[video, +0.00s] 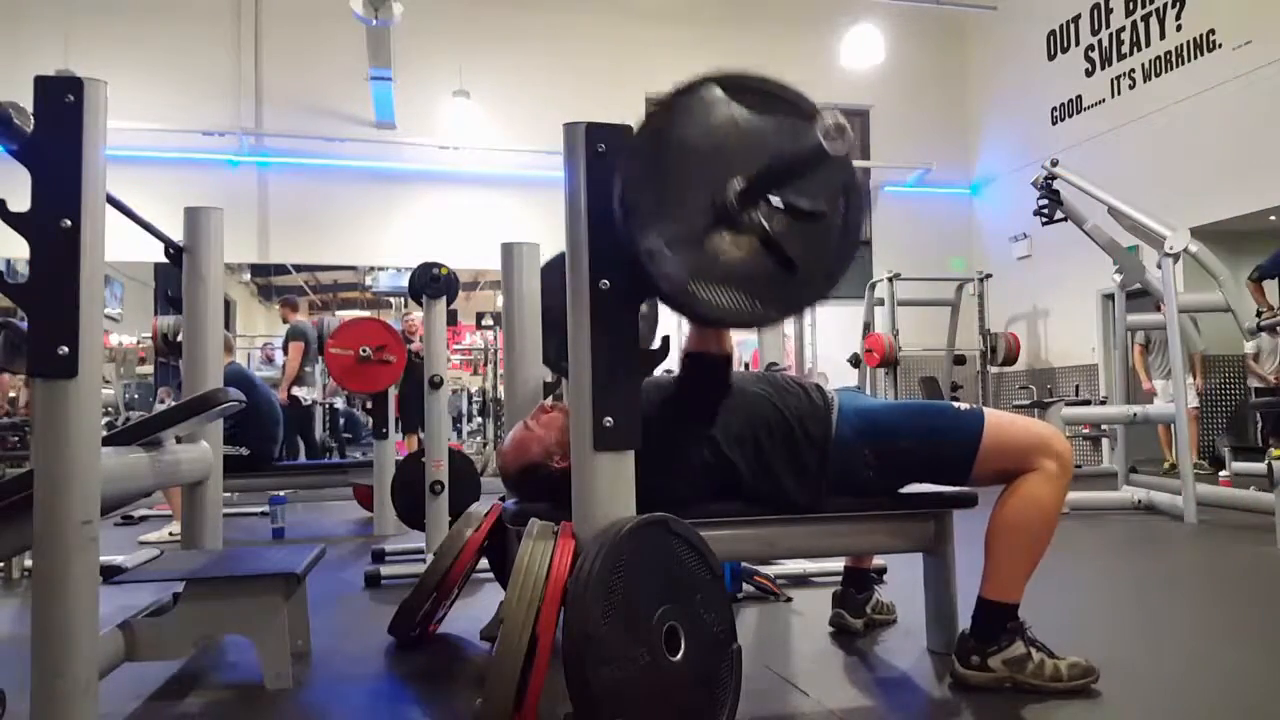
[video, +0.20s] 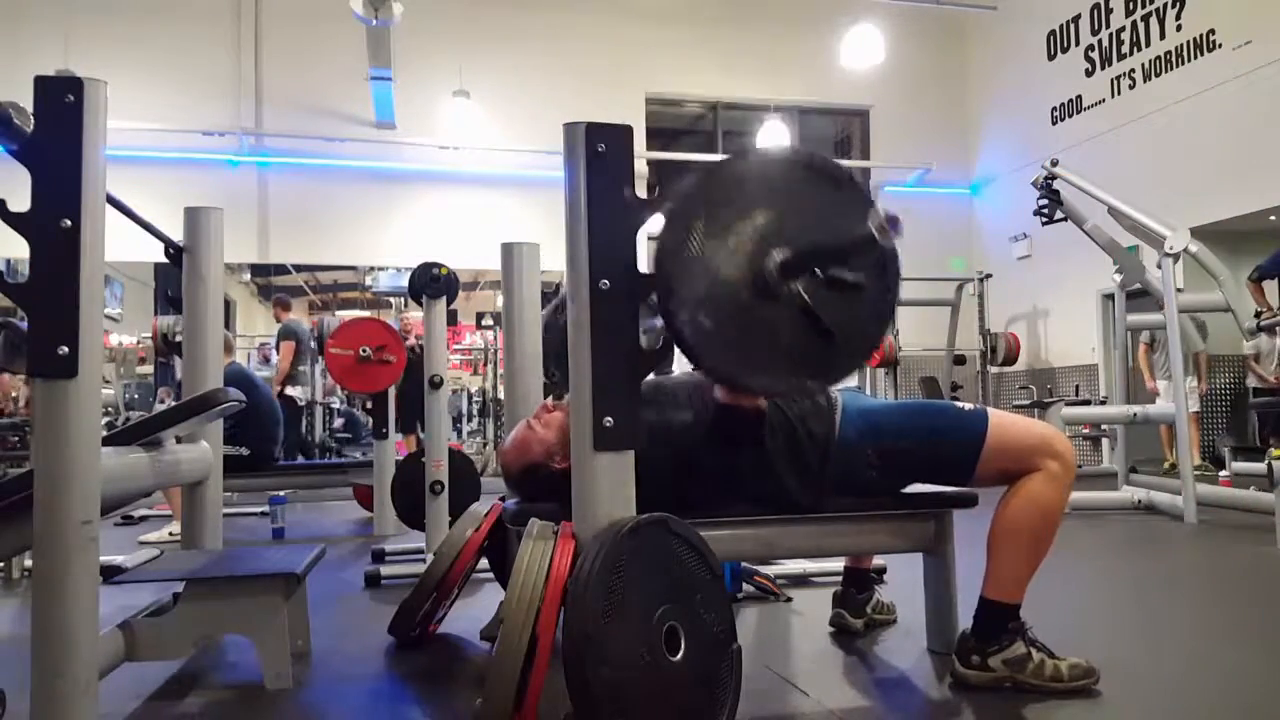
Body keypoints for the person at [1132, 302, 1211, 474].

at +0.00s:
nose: (1169, 308)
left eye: (1172, 304)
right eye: (1165, 305)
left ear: (1177, 305)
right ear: (1159, 307)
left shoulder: (1186, 321)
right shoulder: (1149, 324)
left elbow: (1196, 350)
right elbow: (1138, 351)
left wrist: (1199, 375)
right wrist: (1144, 379)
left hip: (1185, 377)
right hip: (1160, 379)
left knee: (1193, 413)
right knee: (1163, 419)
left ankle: (1194, 458)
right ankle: (1169, 459)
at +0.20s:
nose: (1170, 308)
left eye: (1173, 303)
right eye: (1167, 304)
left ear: (1177, 304)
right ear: (1162, 306)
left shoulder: (1188, 322)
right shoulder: (1154, 324)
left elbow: (1201, 351)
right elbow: (1142, 352)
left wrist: (1203, 379)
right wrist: (1148, 378)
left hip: (1188, 377)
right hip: (1164, 379)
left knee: (1193, 416)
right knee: (1165, 420)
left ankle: (1196, 459)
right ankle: (1169, 459)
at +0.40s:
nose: (1187, 302)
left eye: (1191, 298)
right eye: (1183, 298)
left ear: (1197, 301)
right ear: (1175, 299)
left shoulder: (1203, 321)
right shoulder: (1164, 318)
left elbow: (1207, 351)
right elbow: (1151, 346)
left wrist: (1208, 379)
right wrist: (1155, 376)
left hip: (1194, 376)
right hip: (1169, 377)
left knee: (1195, 417)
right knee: (1167, 419)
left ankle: (1196, 460)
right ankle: (1169, 458)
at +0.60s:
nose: (1192, 303)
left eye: (1196, 298)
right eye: (1187, 298)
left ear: (1201, 300)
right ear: (1180, 299)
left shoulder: (1209, 320)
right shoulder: (1169, 317)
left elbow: (1213, 348)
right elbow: (1154, 345)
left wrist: (1214, 374)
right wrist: (1158, 373)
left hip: (1198, 376)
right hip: (1174, 376)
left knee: (1196, 419)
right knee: (1169, 419)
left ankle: (1196, 460)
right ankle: (1169, 455)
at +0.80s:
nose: (1195, 303)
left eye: (1198, 298)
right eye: (1191, 298)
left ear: (1201, 300)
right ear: (1181, 299)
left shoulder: (1204, 320)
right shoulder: (1169, 318)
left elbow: (1210, 345)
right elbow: (1155, 345)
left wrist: (1216, 369)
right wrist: (1162, 374)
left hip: (1200, 375)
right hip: (1177, 375)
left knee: (1196, 418)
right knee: (1170, 418)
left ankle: (1197, 461)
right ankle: (1164, 459)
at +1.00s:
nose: (1193, 302)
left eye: (1194, 298)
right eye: (1189, 297)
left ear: (1196, 299)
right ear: (1179, 298)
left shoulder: (1195, 320)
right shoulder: (1167, 317)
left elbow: (1201, 348)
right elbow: (1156, 346)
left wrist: (1210, 371)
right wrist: (1166, 372)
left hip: (1197, 375)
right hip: (1177, 375)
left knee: (1196, 418)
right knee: (1170, 419)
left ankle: (1197, 461)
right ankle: (1160, 461)